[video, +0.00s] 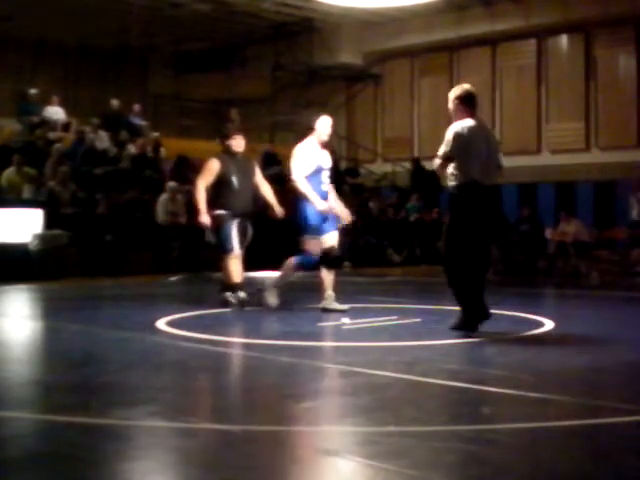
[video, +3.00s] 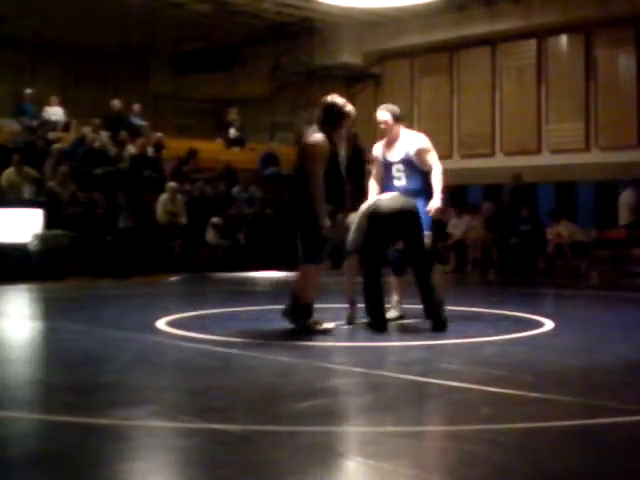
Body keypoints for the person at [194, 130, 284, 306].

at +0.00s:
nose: (239, 143)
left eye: (241, 139)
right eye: (234, 140)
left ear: (245, 141)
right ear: (226, 142)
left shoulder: (250, 164)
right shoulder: (217, 163)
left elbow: (263, 185)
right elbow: (201, 184)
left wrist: (275, 205)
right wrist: (203, 212)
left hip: (245, 213)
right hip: (225, 213)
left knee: (238, 252)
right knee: (233, 252)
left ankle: (230, 286)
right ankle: (237, 288)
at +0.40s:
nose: (258, 141)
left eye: (261, 136)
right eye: (254, 136)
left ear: (265, 138)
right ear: (245, 137)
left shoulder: (266, 157)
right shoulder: (231, 156)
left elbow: (272, 182)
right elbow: (224, 182)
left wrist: (271, 207)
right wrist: (235, 208)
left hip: (263, 210)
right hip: (243, 211)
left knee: (272, 250)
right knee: (243, 255)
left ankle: (264, 289)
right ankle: (241, 293)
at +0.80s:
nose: (291, 146)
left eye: (294, 142)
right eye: (288, 141)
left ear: (297, 142)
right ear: (277, 139)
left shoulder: (298, 161)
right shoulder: (257, 154)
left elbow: (302, 186)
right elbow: (243, 177)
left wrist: (306, 213)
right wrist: (242, 209)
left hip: (288, 213)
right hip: (263, 212)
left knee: (287, 256)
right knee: (259, 256)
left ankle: (287, 297)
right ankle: (253, 291)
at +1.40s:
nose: (306, 132)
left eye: (307, 127)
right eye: (302, 127)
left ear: (307, 129)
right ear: (289, 128)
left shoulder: (306, 150)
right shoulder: (271, 147)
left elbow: (309, 179)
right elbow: (264, 175)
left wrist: (310, 208)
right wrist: (275, 204)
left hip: (303, 210)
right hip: (282, 210)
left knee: (314, 251)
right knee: (281, 257)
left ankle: (293, 293)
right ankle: (278, 303)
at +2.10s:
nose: (334, 121)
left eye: (335, 116)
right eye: (330, 116)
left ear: (330, 120)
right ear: (317, 118)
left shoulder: (328, 146)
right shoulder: (302, 139)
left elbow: (334, 181)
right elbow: (296, 168)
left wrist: (343, 207)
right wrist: (309, 202)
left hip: (327, 208)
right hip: (310, 207)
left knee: (322, 257)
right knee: (311, 254)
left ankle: (316, 308)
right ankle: (294, 307)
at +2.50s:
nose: (340, 127)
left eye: (339, 121)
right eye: (337, 121)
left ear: (313, 120)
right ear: (327, 120)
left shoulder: (301, 142)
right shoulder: (321, 140)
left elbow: (298, 179)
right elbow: (329, 174)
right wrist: (339, 205)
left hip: (302, 208)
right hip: (316, 209)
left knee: (308, 262)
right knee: (312, 262)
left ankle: (309, 311)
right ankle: (310, 313)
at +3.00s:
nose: (347, 128)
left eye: (348, 123)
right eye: (346, 123)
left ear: (327, 118)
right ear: (335, 121)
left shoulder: (319, 141)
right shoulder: (318, 143)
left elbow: (319, 184)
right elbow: (316, 185)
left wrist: (334, 209)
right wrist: (323, 215)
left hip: (311, 209)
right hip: (311, 210)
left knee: (312, 261)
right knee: (314, 262)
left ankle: (297, 306)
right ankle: (303, 313)